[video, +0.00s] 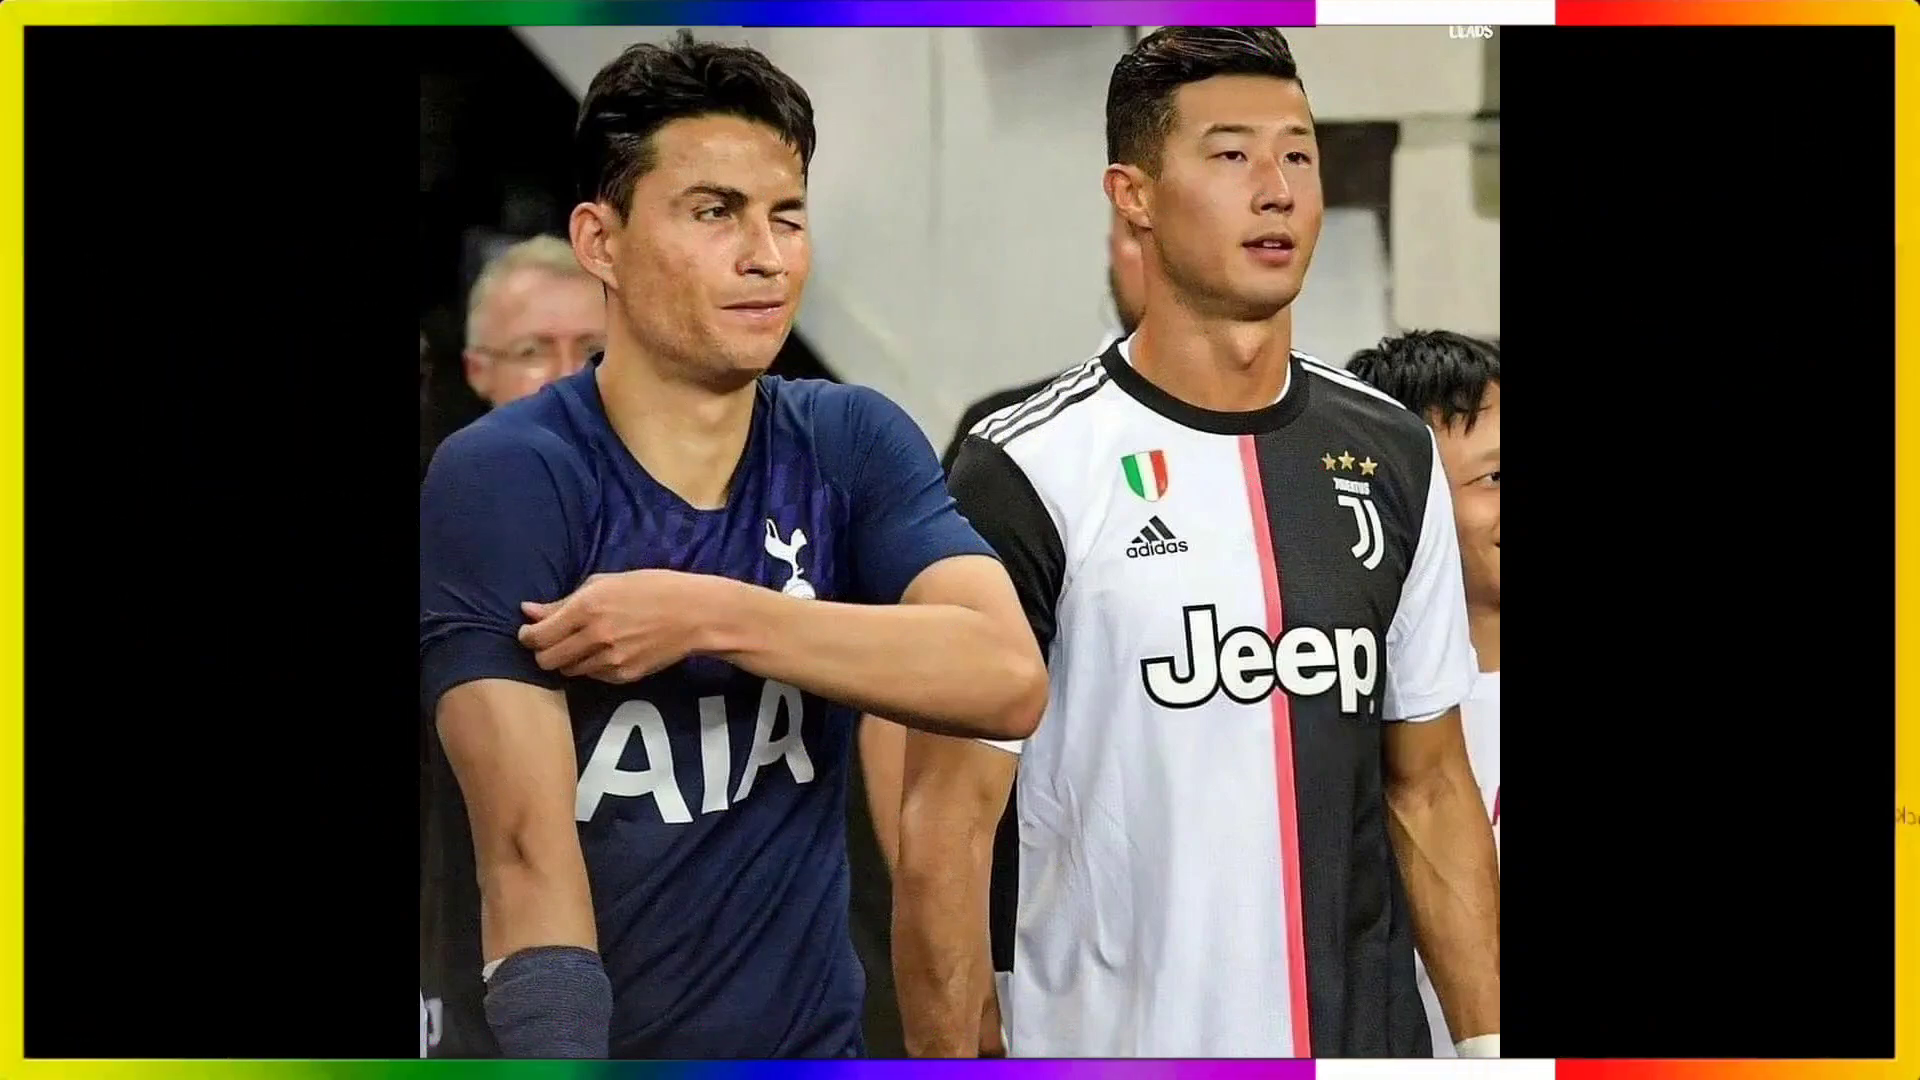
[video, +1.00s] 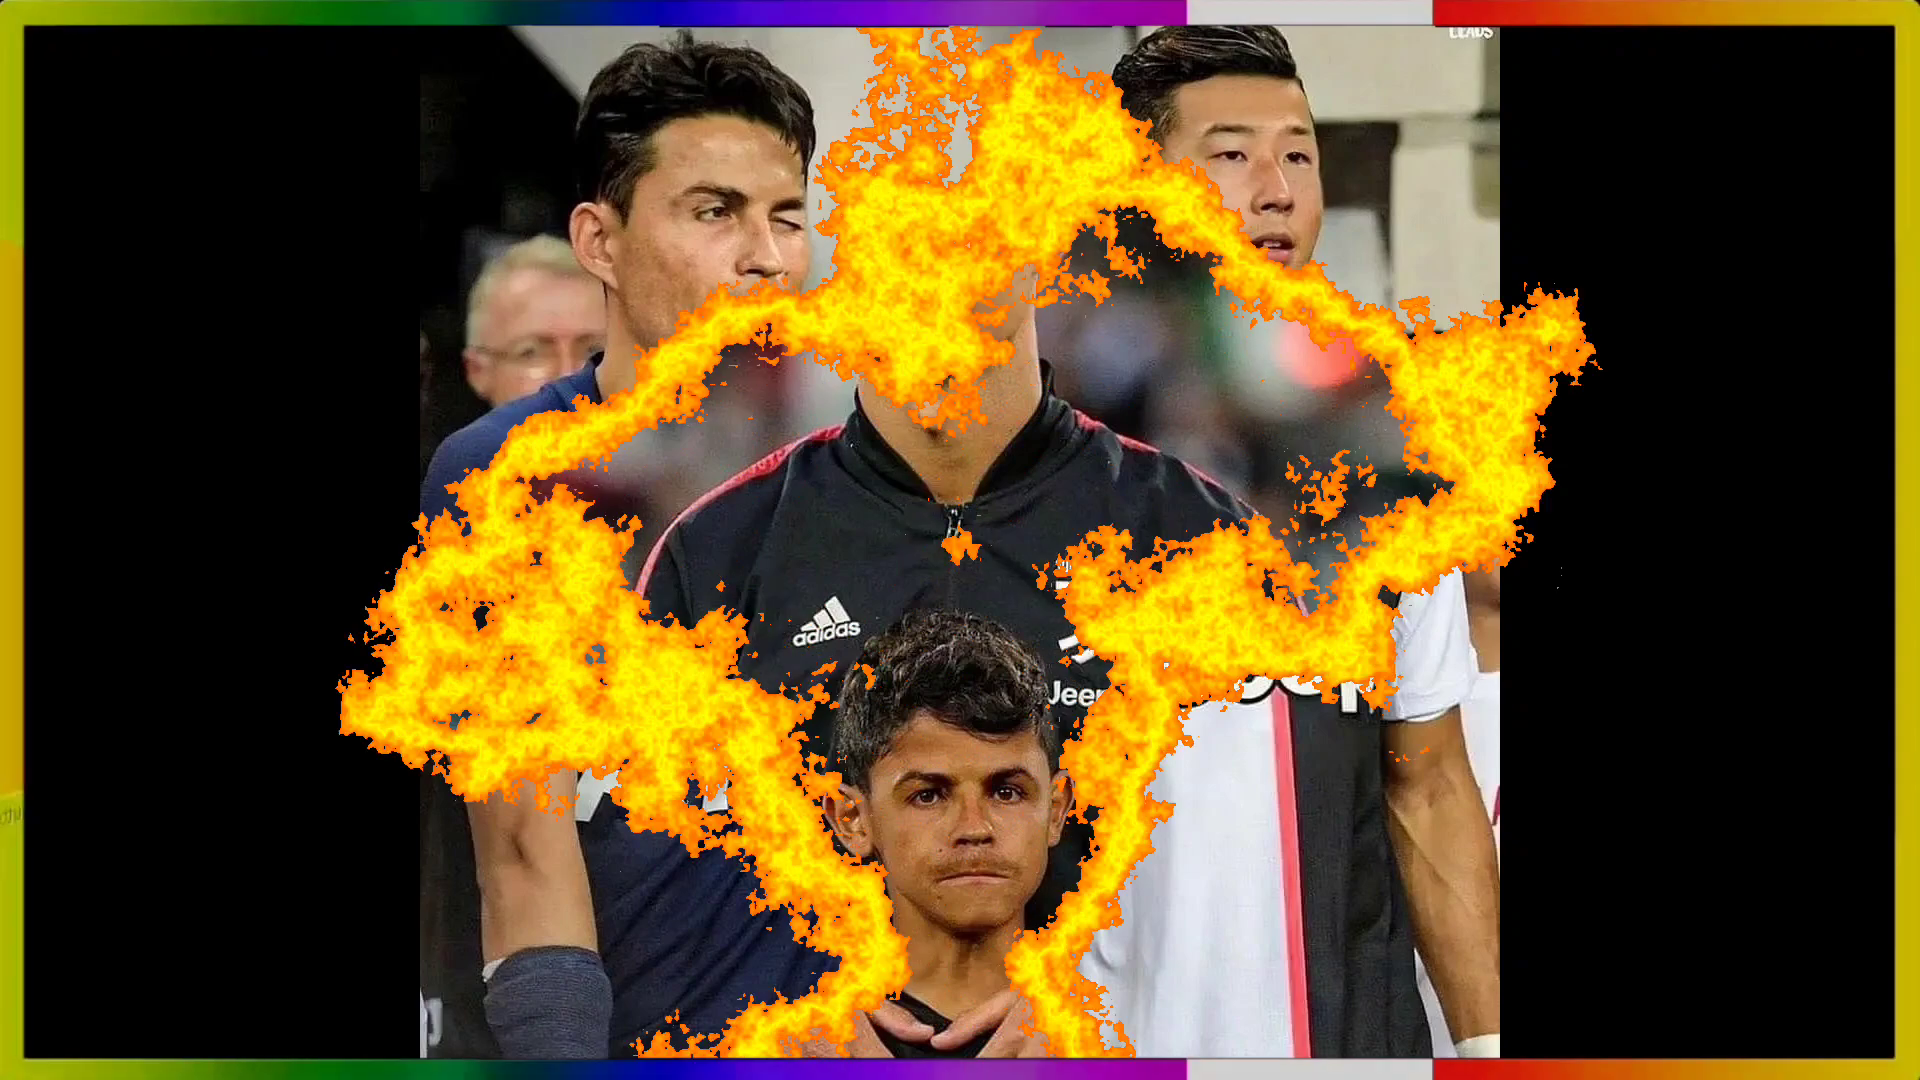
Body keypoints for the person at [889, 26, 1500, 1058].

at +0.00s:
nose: (1279, 193)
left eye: (1297, 159)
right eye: (1230, 157)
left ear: (1319, 187)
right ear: (1134, 198)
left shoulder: (1392, 450)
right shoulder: (1022, 462)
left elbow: (1431, 785)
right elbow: (948, 817)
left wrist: (1484, 1049)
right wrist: (953, 1067)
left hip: (1360, 1046)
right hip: (1107, 1046)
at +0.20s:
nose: (1279, 193)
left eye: (1297, 158)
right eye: (1230, 156)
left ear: (1319, 186)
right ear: (1134, 197)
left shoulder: (1392, 451)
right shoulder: (1022, 462)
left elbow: (1431, 785)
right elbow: (948, 817)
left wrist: (1483, 1046)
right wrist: (953, 1068)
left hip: (1363, 1043)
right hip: (1110, 1044)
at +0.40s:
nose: (1279, 193)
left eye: (1297, 158)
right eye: (1230, 156)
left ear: (1319, 186)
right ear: (1134, 197)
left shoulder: (1392, 450)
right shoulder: (1022, 462)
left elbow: (1431, 784)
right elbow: (949, 815)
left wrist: (1484, 1046)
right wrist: (954, 1065)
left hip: (1360, 1045)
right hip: (1108, 1044)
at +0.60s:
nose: (1280, 194)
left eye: (1298, 158)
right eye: (1231, 157)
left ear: (1321, 186)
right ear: (1133, 198)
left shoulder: (1392, 451)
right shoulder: (1017, 462)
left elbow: (1429, 783)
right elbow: (935, 779)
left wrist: (1484, 1045)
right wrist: (951, 1052)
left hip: (1356, 1045)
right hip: (1102, 1046)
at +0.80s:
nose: (1278, 193)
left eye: (1297, 158)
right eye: (1231, 156)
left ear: (1323, 181)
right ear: (1135, 196)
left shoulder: (1382, 448)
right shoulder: (1036, 445)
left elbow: (1431, 788)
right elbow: (952, 748)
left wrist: (1487, 1043)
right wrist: (968, 1036)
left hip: (1352, 1039)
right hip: (1110, 1040)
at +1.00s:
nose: (1277, 192)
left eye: (1297, 156)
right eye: (1231, 156)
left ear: (1322, 180)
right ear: (1137, 183)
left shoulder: (1384, 436)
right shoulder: (1068, 432)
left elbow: (1428, 783)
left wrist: (1483, 1042)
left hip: (1348, 1030)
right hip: (1117, 1028)